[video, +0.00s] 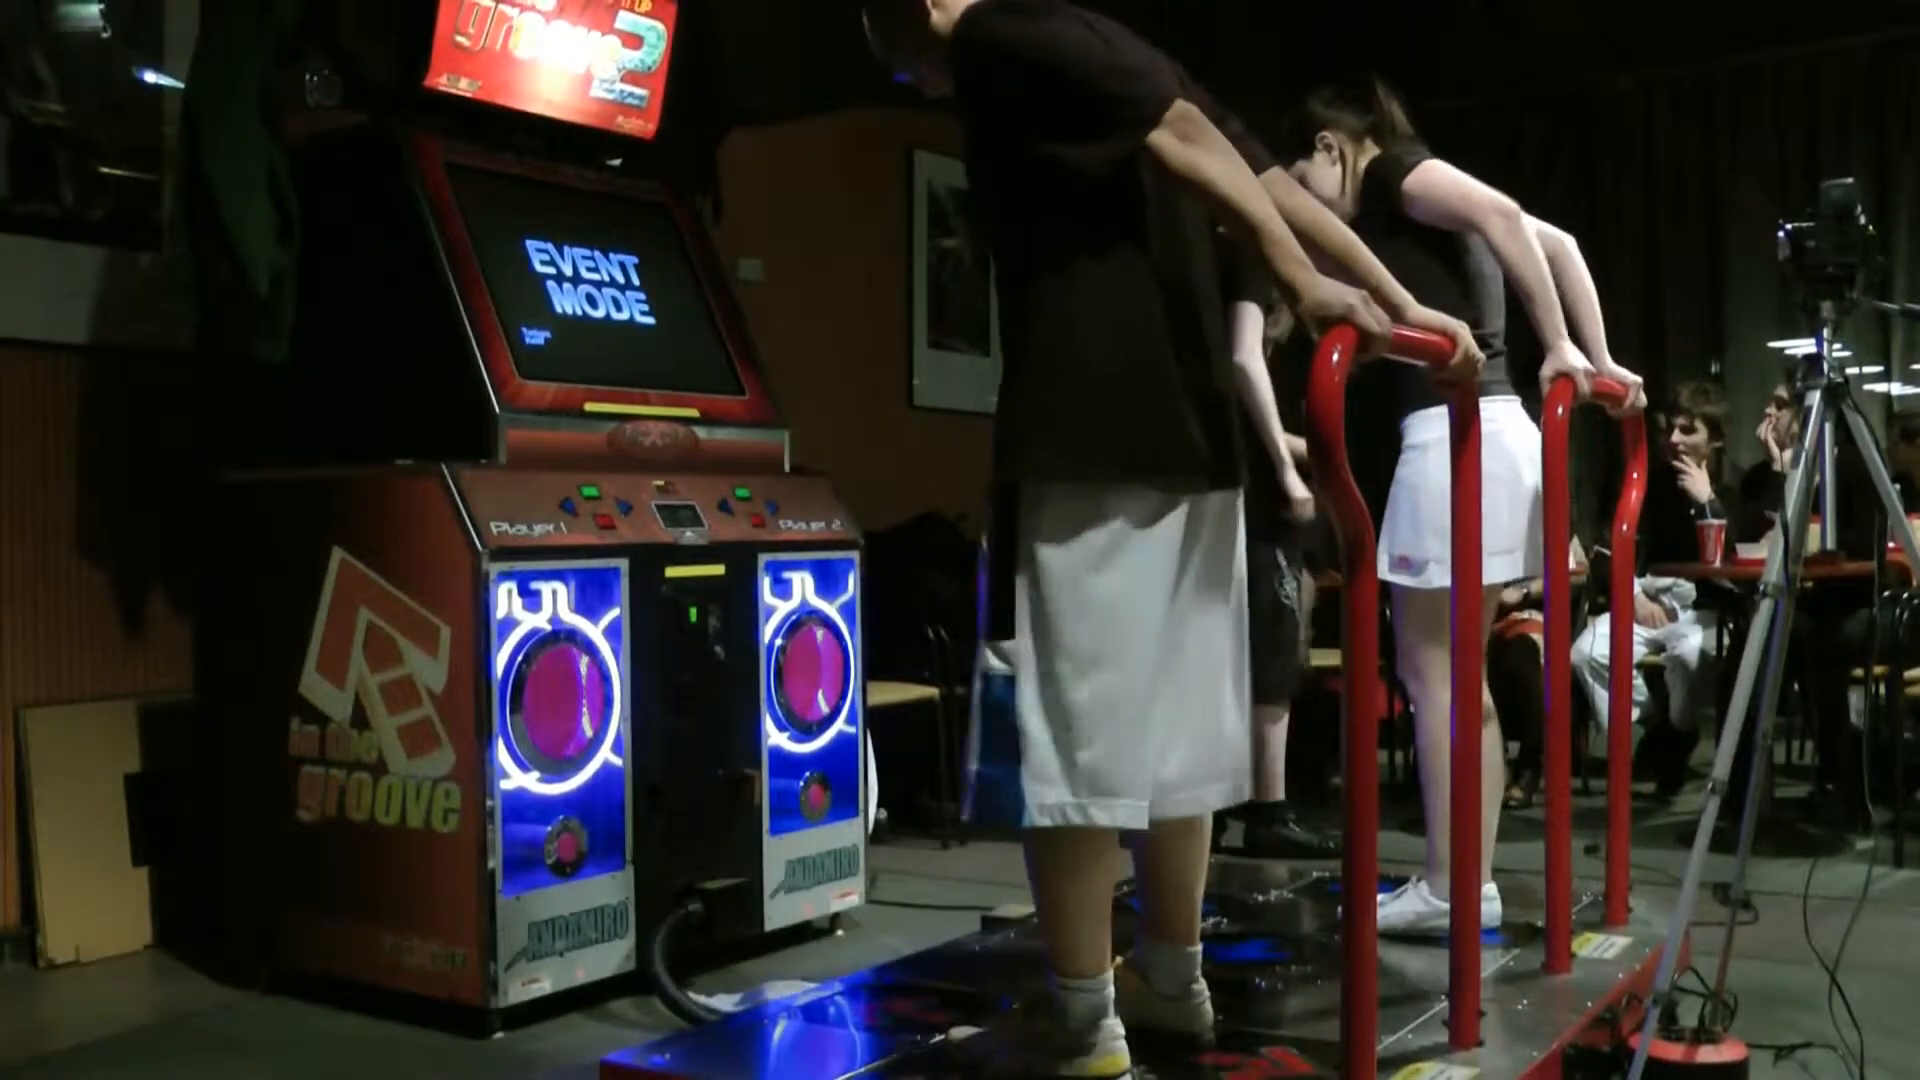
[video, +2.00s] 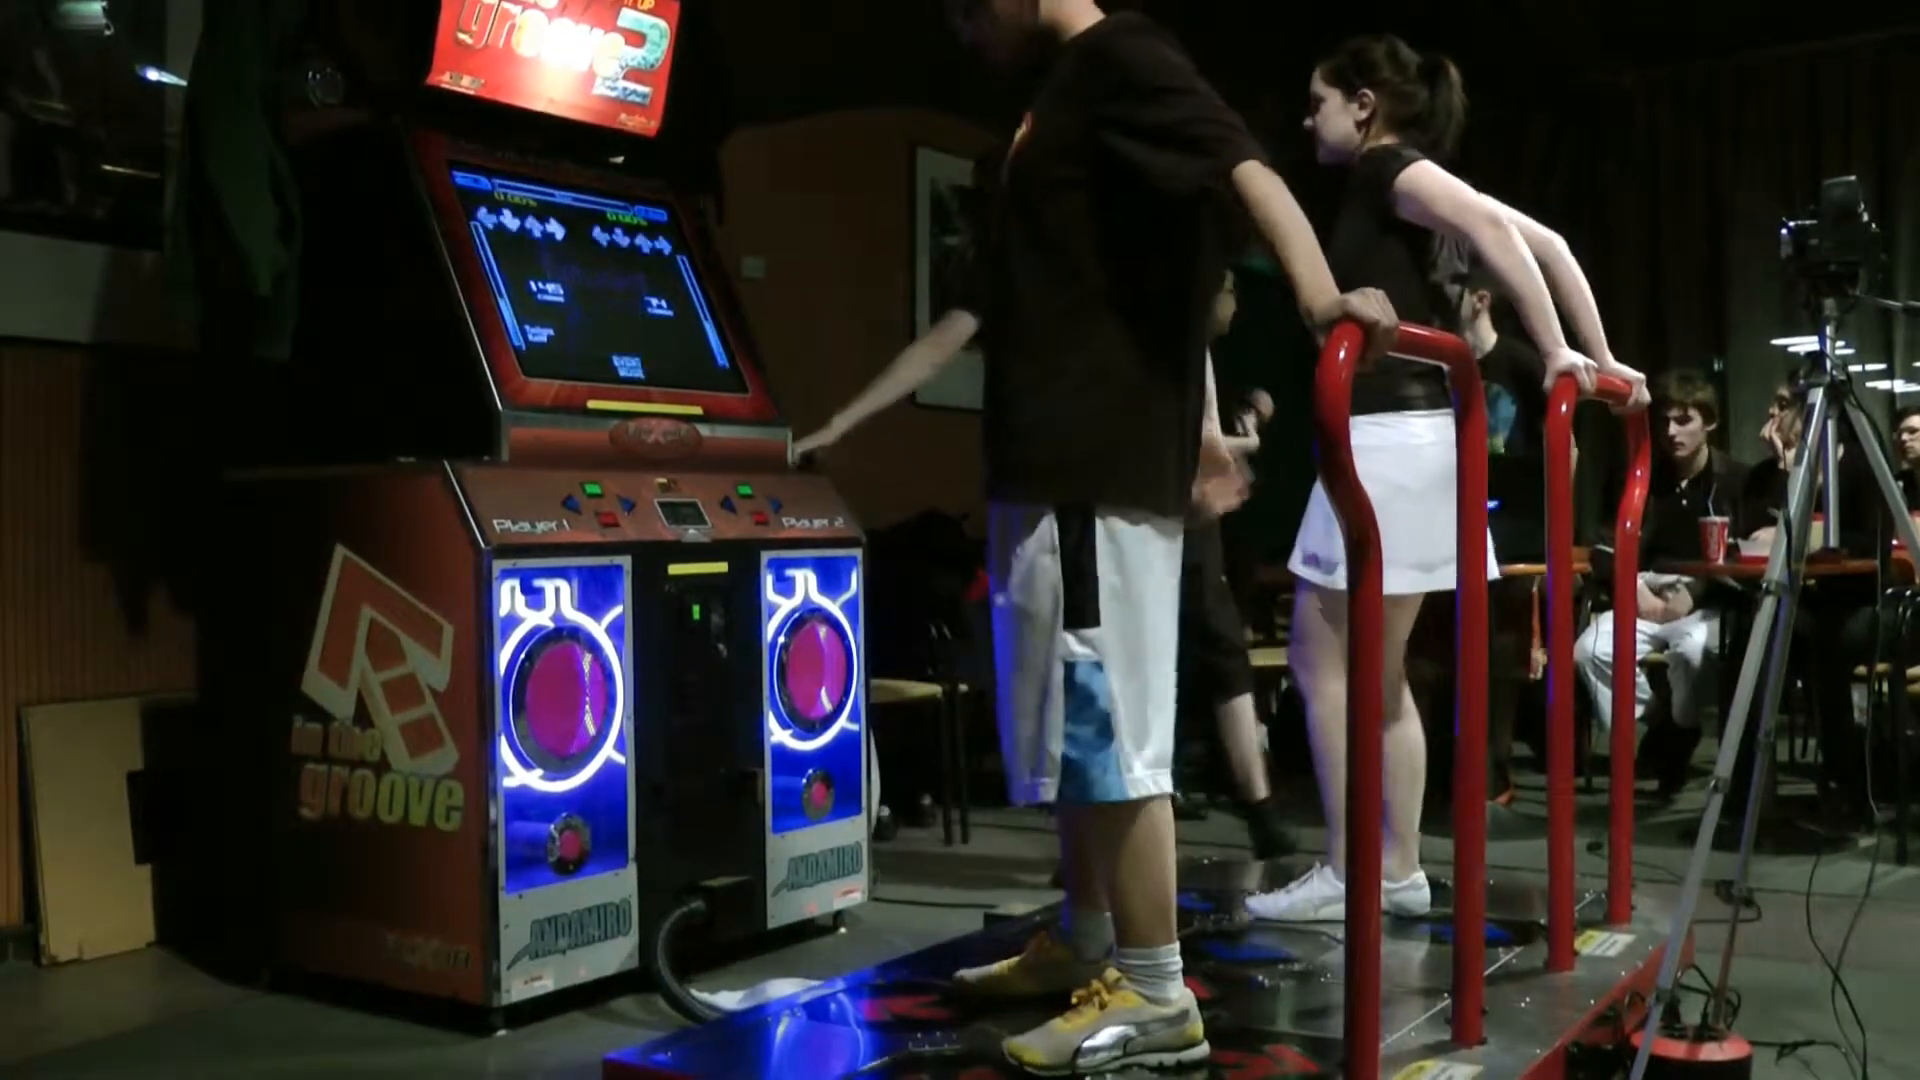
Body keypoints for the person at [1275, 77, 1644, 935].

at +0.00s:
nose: (1313, 179)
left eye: (1312, 162)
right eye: (1308, 166)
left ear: (1338, 141)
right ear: (1384, 134)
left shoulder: (1398, 176)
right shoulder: (1441, 187)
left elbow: (1506, 219)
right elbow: (1559, 242)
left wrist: (1555, 344)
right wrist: (1600, 357)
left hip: (1452, 438)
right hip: (1497, 434)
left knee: (1433, 669)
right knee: (1465, 672)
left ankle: (1448, 888)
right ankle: (1473, 885)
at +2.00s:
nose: (1312, 118)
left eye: (1322, 102)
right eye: (1313, 103)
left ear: (1368, 103)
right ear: (1387, 105)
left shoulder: (1385, 169)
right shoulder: (1415, 174)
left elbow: (1499, 231)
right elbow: (1548, 243)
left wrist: (1557, 351)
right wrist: (1602, 356)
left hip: (1380, 447)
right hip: (1428, 447)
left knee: (1322, 662)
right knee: (1384, 678)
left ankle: (1343, 872)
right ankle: (1400, 871)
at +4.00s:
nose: (1310, 112)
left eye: (1322, 96)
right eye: (1314, 97)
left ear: (1369, 99)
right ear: (1382, 102)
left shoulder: (1393, 169)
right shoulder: (1406, 172)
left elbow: (1504, 228)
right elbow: (1546, 237)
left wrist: (1557, 352)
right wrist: (1605, 354)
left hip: (1382, 439)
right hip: (1396, 438)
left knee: (1329, 654)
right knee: (1346, 656)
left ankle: (1345, 874)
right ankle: (1396, 857)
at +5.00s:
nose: (1323, 120)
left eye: (1332, 104)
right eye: (1324, 105)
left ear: (1375, 104)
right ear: (1397, 110)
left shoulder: (1390, 167)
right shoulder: (1418, 175)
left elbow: (1506, 229)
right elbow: (1549, 252)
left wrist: (1557, 351)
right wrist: (1605, 359)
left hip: (1386, 439)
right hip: (1409, 440)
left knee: (1332, 653)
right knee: (1366, 664)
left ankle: (1342, 874)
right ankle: (1387, 871)